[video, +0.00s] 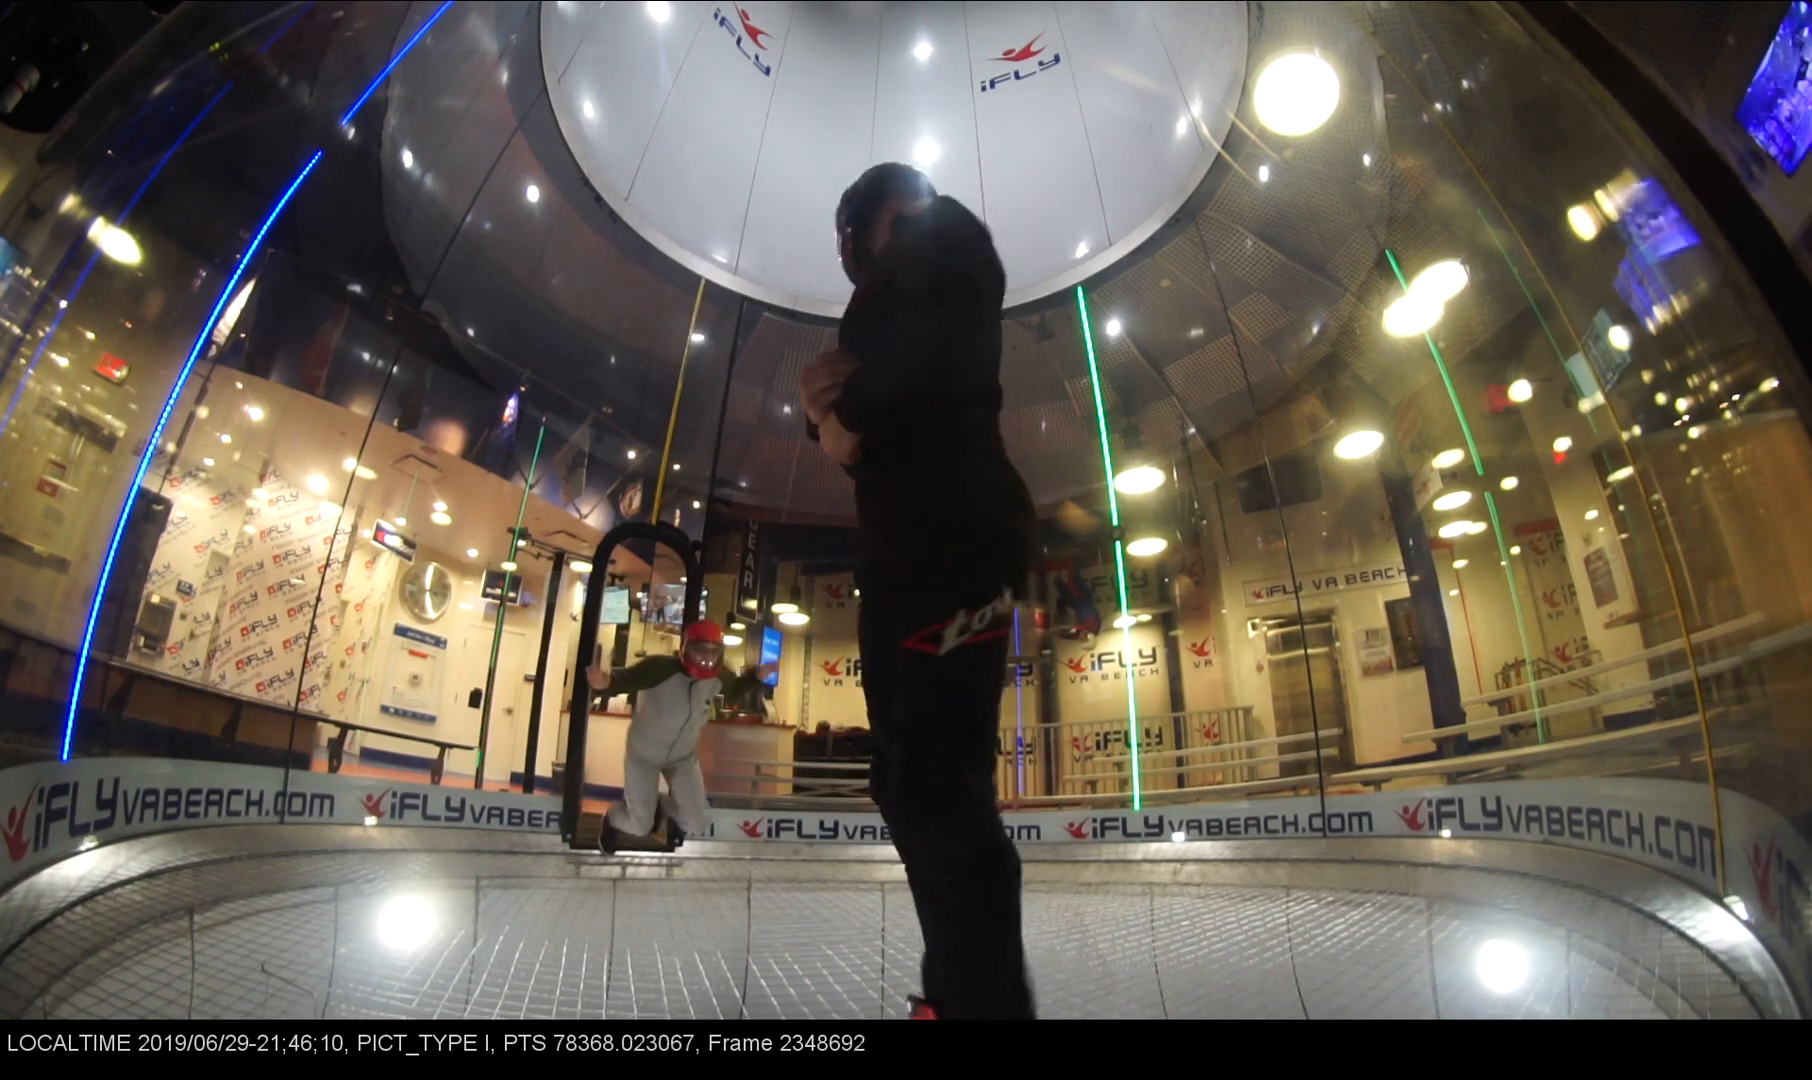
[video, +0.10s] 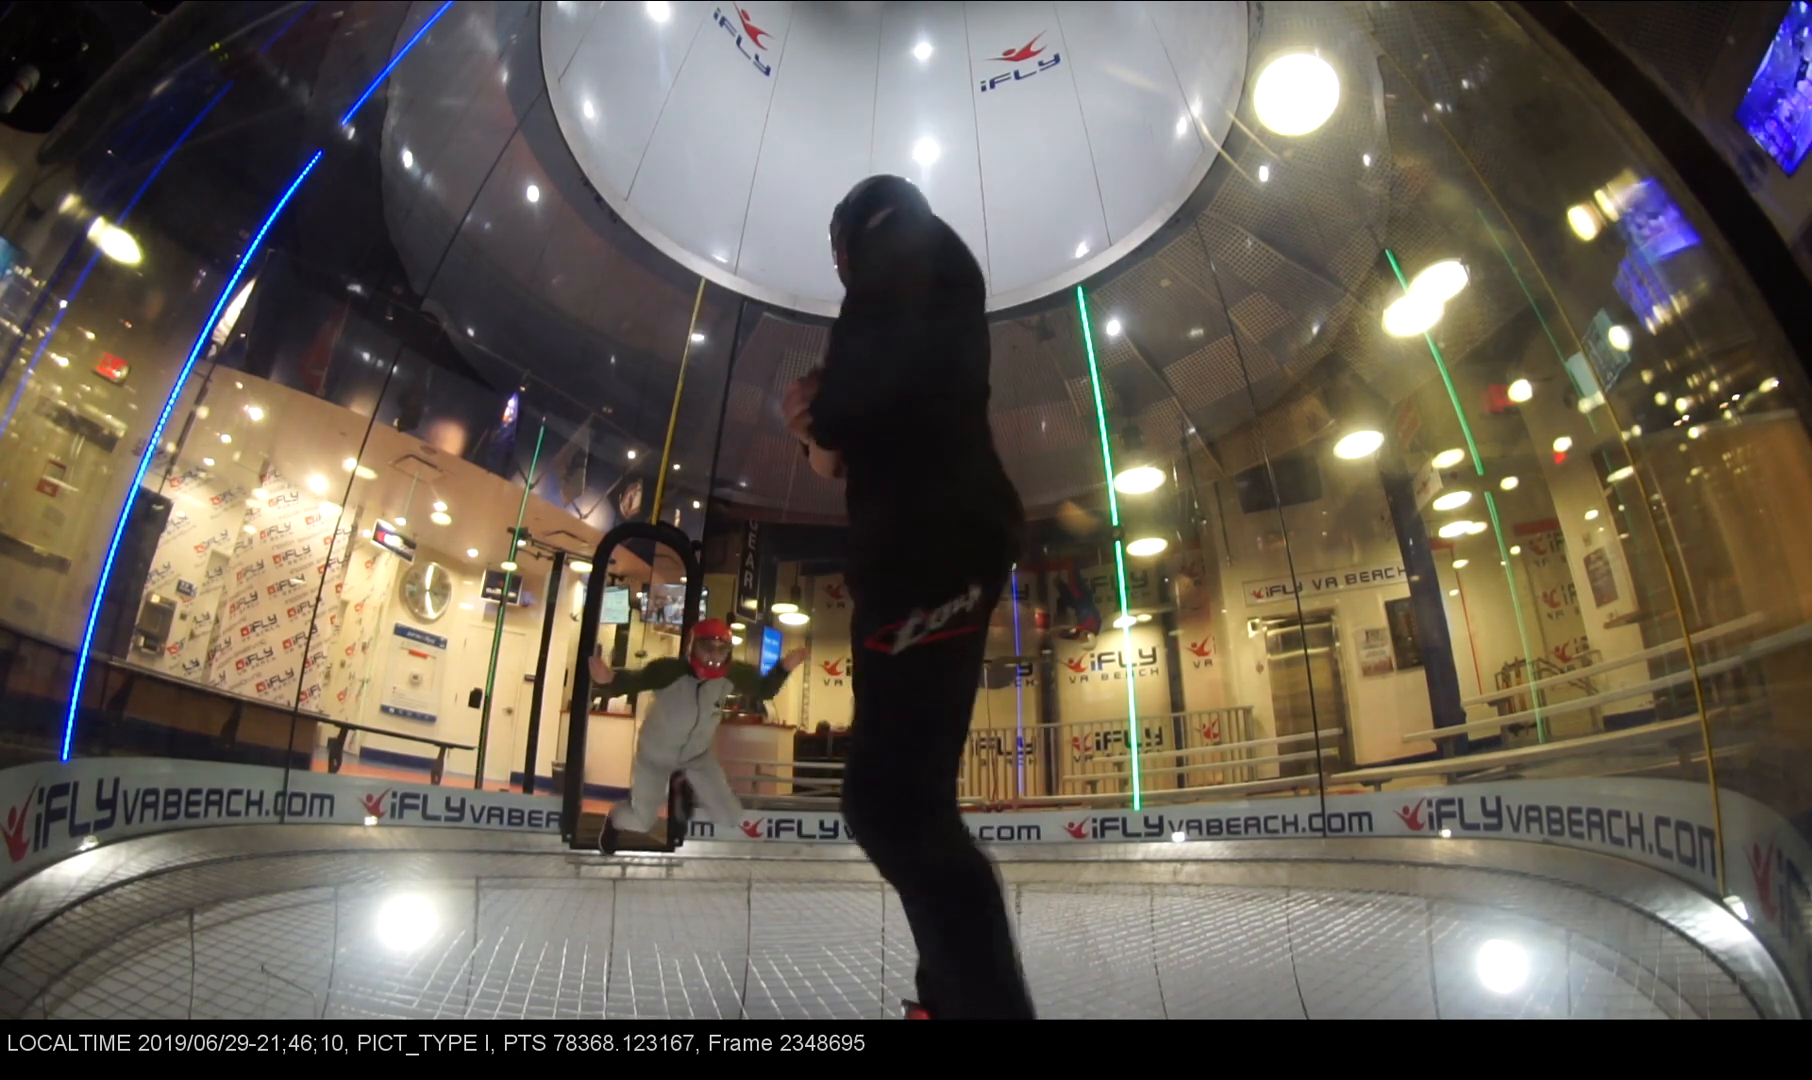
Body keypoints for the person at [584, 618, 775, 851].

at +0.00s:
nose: (706, 657)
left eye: (713, 652)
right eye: (700, 650)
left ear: (720, 654)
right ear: (686, 648)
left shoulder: (716, 678)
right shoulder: (661, 668)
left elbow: (734, 689)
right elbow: (627, 679)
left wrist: (755, 676)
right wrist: (605, 683)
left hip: (683, 760)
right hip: (643, 759)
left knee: (695, 825)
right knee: (642, 826)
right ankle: (612, 819)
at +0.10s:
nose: (714, 655)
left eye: (721, 649)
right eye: (707, 647)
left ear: (728, 652)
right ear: (693, 646)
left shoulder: (732, 675)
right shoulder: (670, 671)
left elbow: (764, 689)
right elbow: (634, 680)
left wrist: (784, 668)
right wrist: (609, 679)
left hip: (698, 758)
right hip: (654, 759)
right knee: (642, 821)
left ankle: (687, 803)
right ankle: (614, 821)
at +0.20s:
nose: (722, 646)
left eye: (729, 640)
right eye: (715, 639)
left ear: (737, 643)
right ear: (701, 640)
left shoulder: (743, 669)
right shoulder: (677, 664)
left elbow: (790, 681)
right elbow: (630, 676)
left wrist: (808, 652)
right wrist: (606, 667)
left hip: (722, 756)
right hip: (674, 759)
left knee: (761, 809)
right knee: (654, 815)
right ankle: (620, 820)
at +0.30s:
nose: (730, 637)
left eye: (737, 630)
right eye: (723, 629)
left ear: (746, 635)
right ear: (708, 632)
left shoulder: (756, 660)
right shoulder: (686, 660)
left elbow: (803, 671)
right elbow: (640, 668)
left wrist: (815, 644)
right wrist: (616, 658)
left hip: (745, 753)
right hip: (694, 757)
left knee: (785, 807)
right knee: (675, 812)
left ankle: (784, 767)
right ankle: (648, 801)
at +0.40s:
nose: (739, 632)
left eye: (746, 625)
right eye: (731, 625)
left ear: (754, 630)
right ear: (717, 629)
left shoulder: (764, 657)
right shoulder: (698, 657)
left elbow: (810, 668)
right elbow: (659, 669)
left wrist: (841, 668)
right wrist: (619, 670)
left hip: (767, 750)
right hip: (714, 756)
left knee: (814, 800)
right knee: (700, 816)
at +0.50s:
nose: (746, 633)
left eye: (753, 625)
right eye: (739, 625)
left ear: (764, 631)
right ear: (724, 630)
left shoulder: (777, 659)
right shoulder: (709, 664)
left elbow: (826, 670)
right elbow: (665, 682)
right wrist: (616, 693)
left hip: (789, 744)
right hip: (737, 755)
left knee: (828, 787)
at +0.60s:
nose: (751, 634)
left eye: (759, 627)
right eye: (743, 627)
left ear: (770, 634)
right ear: (731, 633)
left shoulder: (787, 662)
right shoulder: (721, 668)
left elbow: (837, 672)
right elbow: (678, 687)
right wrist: (629, 710)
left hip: (808, 736)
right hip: (761, 745)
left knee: (848, 774)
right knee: (758, 786)